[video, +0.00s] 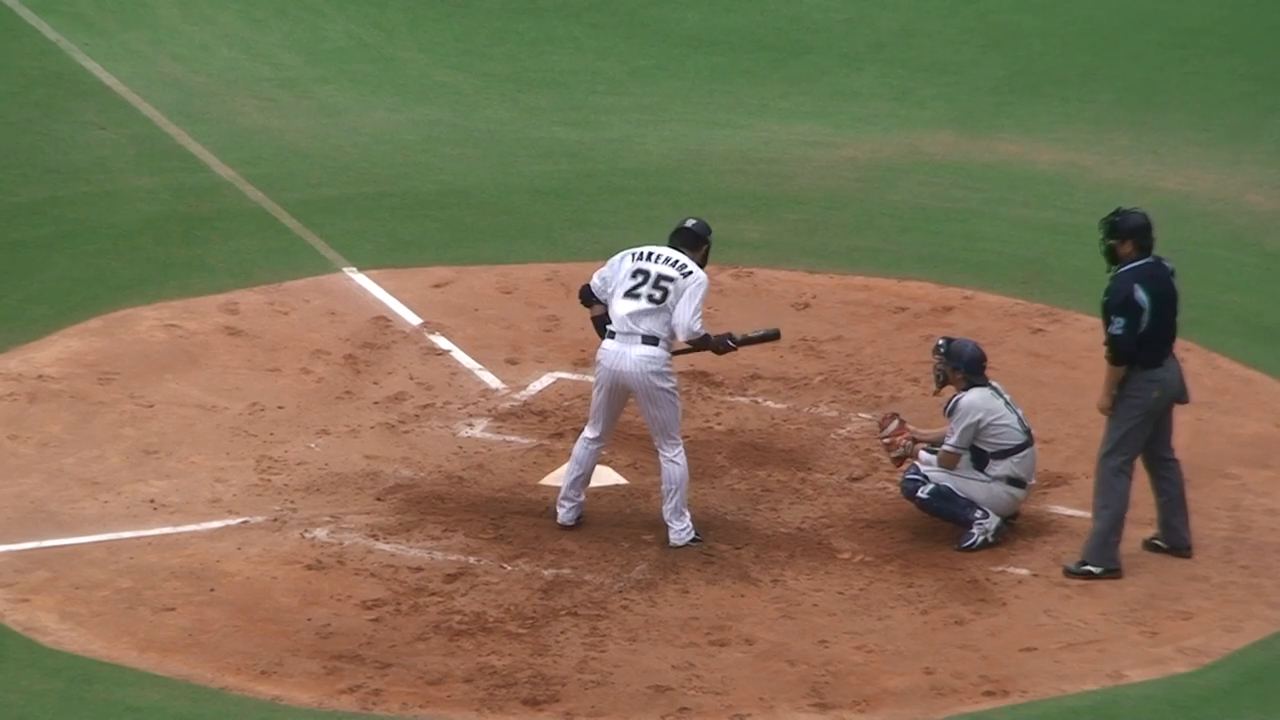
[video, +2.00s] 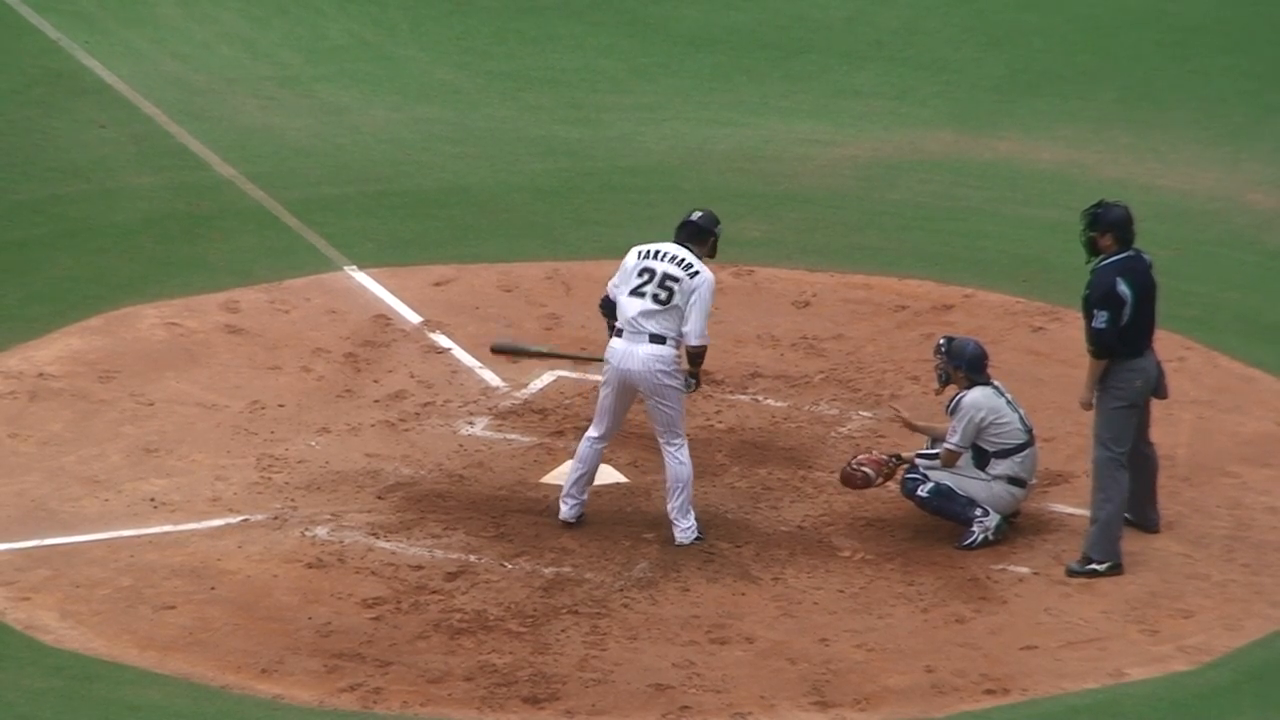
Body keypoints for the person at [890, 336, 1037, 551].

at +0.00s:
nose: (938, 367)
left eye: (943, 364)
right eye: (939, 362)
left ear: (958, 373)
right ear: (971, 372)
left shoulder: (969, 403)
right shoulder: (991, 388)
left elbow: (947, 463)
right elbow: (957, 435)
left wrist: (914, 451)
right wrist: (915, 434)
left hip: (1003, 493)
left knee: (914, 479)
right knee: (932, 453)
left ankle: (982, 520)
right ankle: (1003, 508)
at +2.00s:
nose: (940, 367)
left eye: (945, 364)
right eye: (941, 362)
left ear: (960, 371)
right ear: (974, 369)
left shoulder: (972, 402)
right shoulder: (992, 388)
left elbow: (947, 460)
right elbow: (958, 434)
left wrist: (905, 458)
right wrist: (916, 426)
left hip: (1003, 491)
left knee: (913, 479)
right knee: (935, 448)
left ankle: (983, 518)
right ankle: (1002, 507)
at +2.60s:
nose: (940, 366)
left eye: (946, 362)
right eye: (942, 360)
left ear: (961, 371)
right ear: (973, 369)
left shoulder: (971, 401)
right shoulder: (992, 387)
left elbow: (946, 461)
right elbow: (961, 432)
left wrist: (908, 459)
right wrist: (921, 433)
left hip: (1002, 491)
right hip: (1016, 482)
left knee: (913, 480)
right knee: (928, 453)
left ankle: (983, 518)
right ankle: (1001, 506)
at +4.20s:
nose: (943, 365)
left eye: (948, 362)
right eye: (944, 360)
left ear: (963, 369)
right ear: (975, 367)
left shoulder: (975, 400)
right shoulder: (994, 385)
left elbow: (950, 458)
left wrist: (910, 458)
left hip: (1002, 490)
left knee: (914, 477)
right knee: (932, 443)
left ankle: (983, 517)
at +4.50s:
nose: (943, 369)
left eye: (948, 365)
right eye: (944, 364)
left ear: (964, 371)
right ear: (975, 370)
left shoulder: (975, 403)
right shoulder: (995, 387)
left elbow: (950, 460)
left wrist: (908, 459)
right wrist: (911, 459)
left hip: (1002, 493)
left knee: (915, 480)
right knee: (934, 443)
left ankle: (984, 519)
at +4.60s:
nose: (942, 371)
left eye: (947, 367)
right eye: (943, 366)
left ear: (963, 373)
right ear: (976, 371)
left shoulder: (975, 403)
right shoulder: (995, 387)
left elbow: (950, 460)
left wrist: (908, 460)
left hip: (1002, 493)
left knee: (915, 481)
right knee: (934, 444)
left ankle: (985, 520)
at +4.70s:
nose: (942, 374)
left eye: (945, 369)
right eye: (942, 368)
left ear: (960, 373)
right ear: (976, 370)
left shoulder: (975, 403)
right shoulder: (994, 386)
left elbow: (950, 460)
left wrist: (907, 459)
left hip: (1003, 493)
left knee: (915, 480)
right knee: (934, 443)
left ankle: (984, 519)